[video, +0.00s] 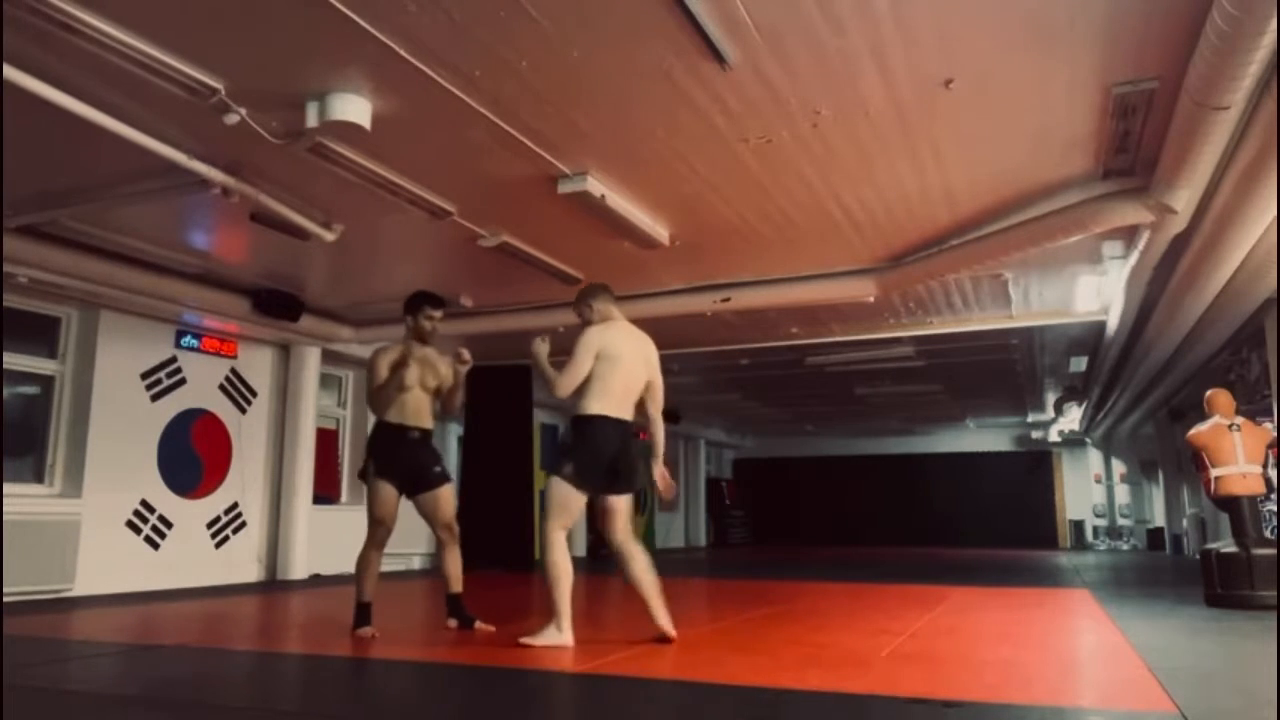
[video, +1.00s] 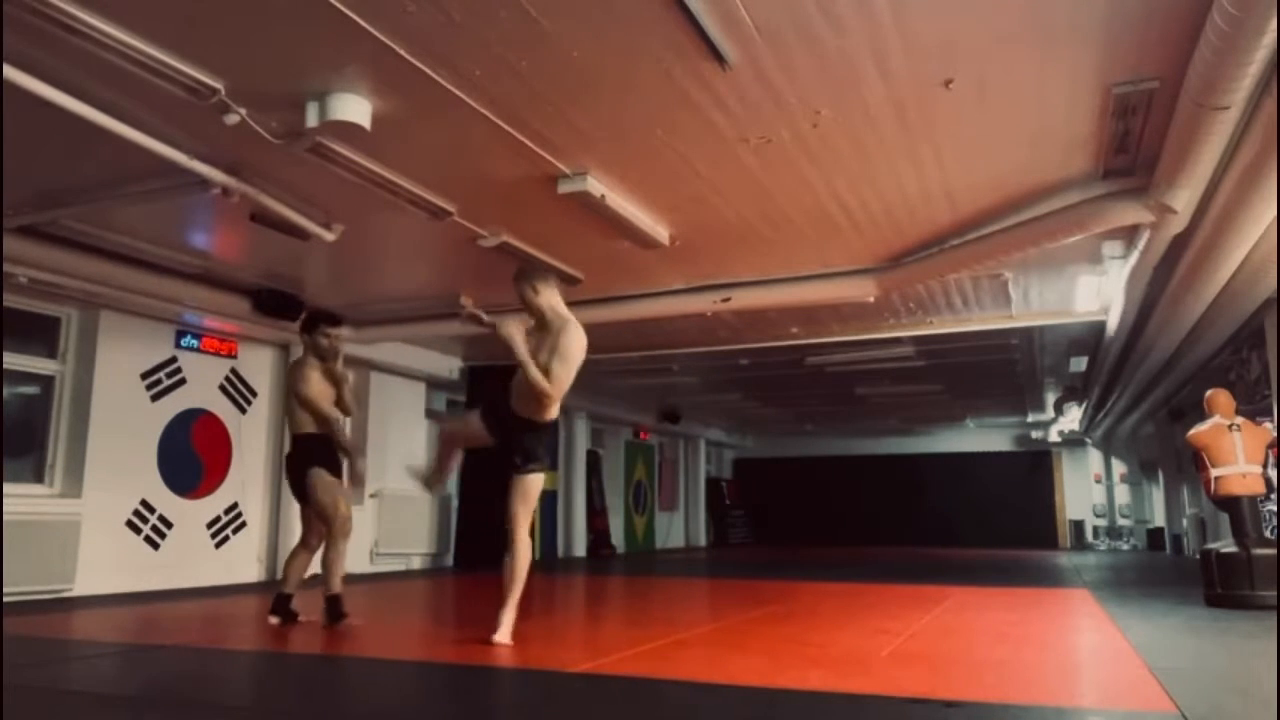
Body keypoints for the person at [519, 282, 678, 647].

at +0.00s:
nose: (583, 322)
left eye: (582, 316)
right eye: (581, 316)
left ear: (592, 308)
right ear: (613, 305)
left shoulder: (595, 334)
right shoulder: (647, 344)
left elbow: (562, 388)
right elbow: (655, 410)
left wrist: (540, 358)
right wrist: (658, 458)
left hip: (588, 437)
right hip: (626, 443)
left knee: (556, 528)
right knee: (622, 534)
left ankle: (561, 627)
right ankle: (663, 619)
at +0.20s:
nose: (560, 314)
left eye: (560, 306)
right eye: (559, 307)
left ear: (571, 301)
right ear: (592, 298)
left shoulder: (576, 333)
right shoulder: (619, 339)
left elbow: (578, 393)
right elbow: (603, 395)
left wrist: (544, 443)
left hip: (574, 429)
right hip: (600, 436)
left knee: (545, 533)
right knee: (535, 504)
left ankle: (561, 630)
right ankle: (488, 566)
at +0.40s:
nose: (559, 296)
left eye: (562, 289)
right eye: (559, 290)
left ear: (582, 283)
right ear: (571, 286)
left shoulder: (607, 327)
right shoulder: (567, 316)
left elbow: (626, 375)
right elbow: (528, 306)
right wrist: (500, 281)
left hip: (550, 425)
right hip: (522, 404)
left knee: (527, 517)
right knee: (451, 419)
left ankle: (541, 610)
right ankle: (470, 473)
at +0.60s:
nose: (546, 325)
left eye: (551, 319)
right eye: (547, 319)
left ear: (574, 316)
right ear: (554, 317)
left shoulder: (602, 360)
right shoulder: (545, 344)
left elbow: (636, 393)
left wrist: (591, 347)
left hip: (521, 444)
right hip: (492, 404)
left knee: (504, 527)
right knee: (420, 399)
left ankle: (488, 617)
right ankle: (407, 381)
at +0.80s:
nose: (548, 339)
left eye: (550, 333)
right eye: (546, 334)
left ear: (572, 328)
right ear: (547, 332)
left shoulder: (594, 374)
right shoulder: (540, 351)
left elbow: (572, 421)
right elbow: (513, 357)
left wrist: (562, 353)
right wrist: (481, 359)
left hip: (516, 449)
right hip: (488, 411)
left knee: (503, 529)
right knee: (419, 403)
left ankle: (487, 620)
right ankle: (376, 398)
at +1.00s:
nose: (524, 304)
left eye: (527, 296)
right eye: (523, 298)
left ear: (543, 290)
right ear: (535, 294)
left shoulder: (572, 336)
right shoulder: (540, 324)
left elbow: (551, 395)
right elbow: (509, 328)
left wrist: (518, 346)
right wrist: (479, 317)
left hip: (535, 433)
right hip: (506, 415)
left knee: (519, 526)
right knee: (451, 432)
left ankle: (507, 618)